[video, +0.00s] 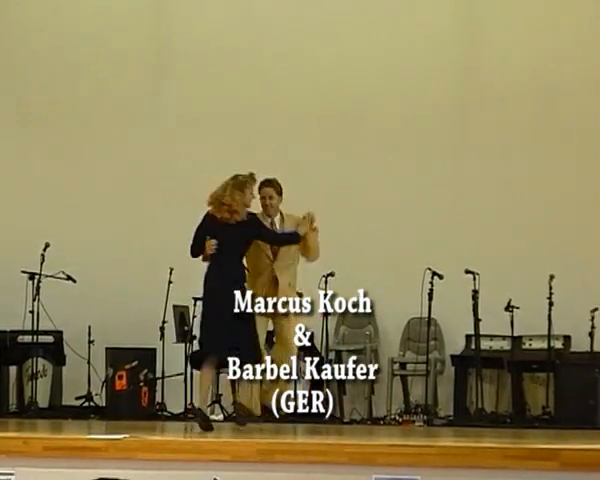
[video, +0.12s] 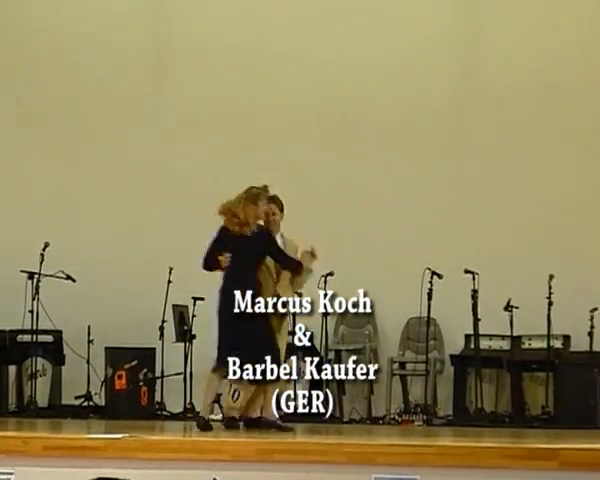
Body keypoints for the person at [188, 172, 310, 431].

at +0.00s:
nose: (254, 199)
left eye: (253, 195)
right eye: (251, 194)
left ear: (227, 192)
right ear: (243, 195)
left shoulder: (210, 218)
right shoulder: (249, 221)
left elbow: (195, 251)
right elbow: (275, 239)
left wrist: (205, 246)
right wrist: (301, 233)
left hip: (213, 284)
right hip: (236, 285)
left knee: (213, 347)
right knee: (244, 344)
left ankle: (201, 405)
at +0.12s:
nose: (265, 210)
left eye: (266, 205)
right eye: (262, 205)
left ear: (242, 206)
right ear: (252, 207)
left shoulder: (226, 231)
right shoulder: (261, 236)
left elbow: (208, 263)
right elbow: (287, 262)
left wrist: (223, 261)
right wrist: (304, 262)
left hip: (229, 300)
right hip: (250, 301)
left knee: (226, 356)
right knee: (269, 356)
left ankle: (205, 412)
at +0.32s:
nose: (290, 203)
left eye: (290, 198)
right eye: (286, 199)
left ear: (279, 201)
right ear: (276, 202)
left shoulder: (276, 227)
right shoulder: (281, 228)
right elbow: (311, 225)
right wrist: (323, 208)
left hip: (272, 295)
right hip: (276, 297)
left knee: (280, 356)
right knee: (283, 356)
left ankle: (270, 411)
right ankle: (269, 411)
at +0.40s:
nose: (308, 187)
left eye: (308, 182)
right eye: (306, 183)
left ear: (284, 182)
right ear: (300, 185)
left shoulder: (279, 203)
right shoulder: (294, 207)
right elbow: (303, 236)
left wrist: (308, 168)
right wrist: (316, 238)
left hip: (276, 277)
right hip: (290, 278)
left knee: (282, 337)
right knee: (317, 329)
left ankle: (278, 396)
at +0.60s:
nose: (317, 182)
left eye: (320, 177)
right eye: (312, 178)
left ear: (325, 178)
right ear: (303, 180)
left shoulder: (335, 200)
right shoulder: (299, 201)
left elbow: (345, 231)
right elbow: (271, 197)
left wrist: (325, 224)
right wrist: (273, 173)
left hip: (330, 266)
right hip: (307, 265)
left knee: (326, 323)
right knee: (305, 320)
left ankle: (332, 387)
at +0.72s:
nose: (322, 205)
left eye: (326, 200)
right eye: (318, 201)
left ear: (335, 200)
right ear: (313, 203)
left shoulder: (340, 226)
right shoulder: (319, 228)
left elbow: (333, 262)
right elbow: (301, 256)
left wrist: (310, 248)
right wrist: (288, 241)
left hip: (344, 298)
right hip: (332, 297)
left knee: (326, 349)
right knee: (322, 349)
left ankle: (348, 410)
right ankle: (344, 409)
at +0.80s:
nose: (324, 225)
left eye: (327, 220)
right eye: (323, 221)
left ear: (339, 219)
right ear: (323, 223)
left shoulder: (342, 248)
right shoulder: (340, 247)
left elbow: (325, 277)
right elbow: (325, 276)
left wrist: (294, 272)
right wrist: (295, 272)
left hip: (356, 315)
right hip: (355, 314)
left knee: (329, 364)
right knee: (337, 365)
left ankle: (350, 418)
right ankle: (356, 416)